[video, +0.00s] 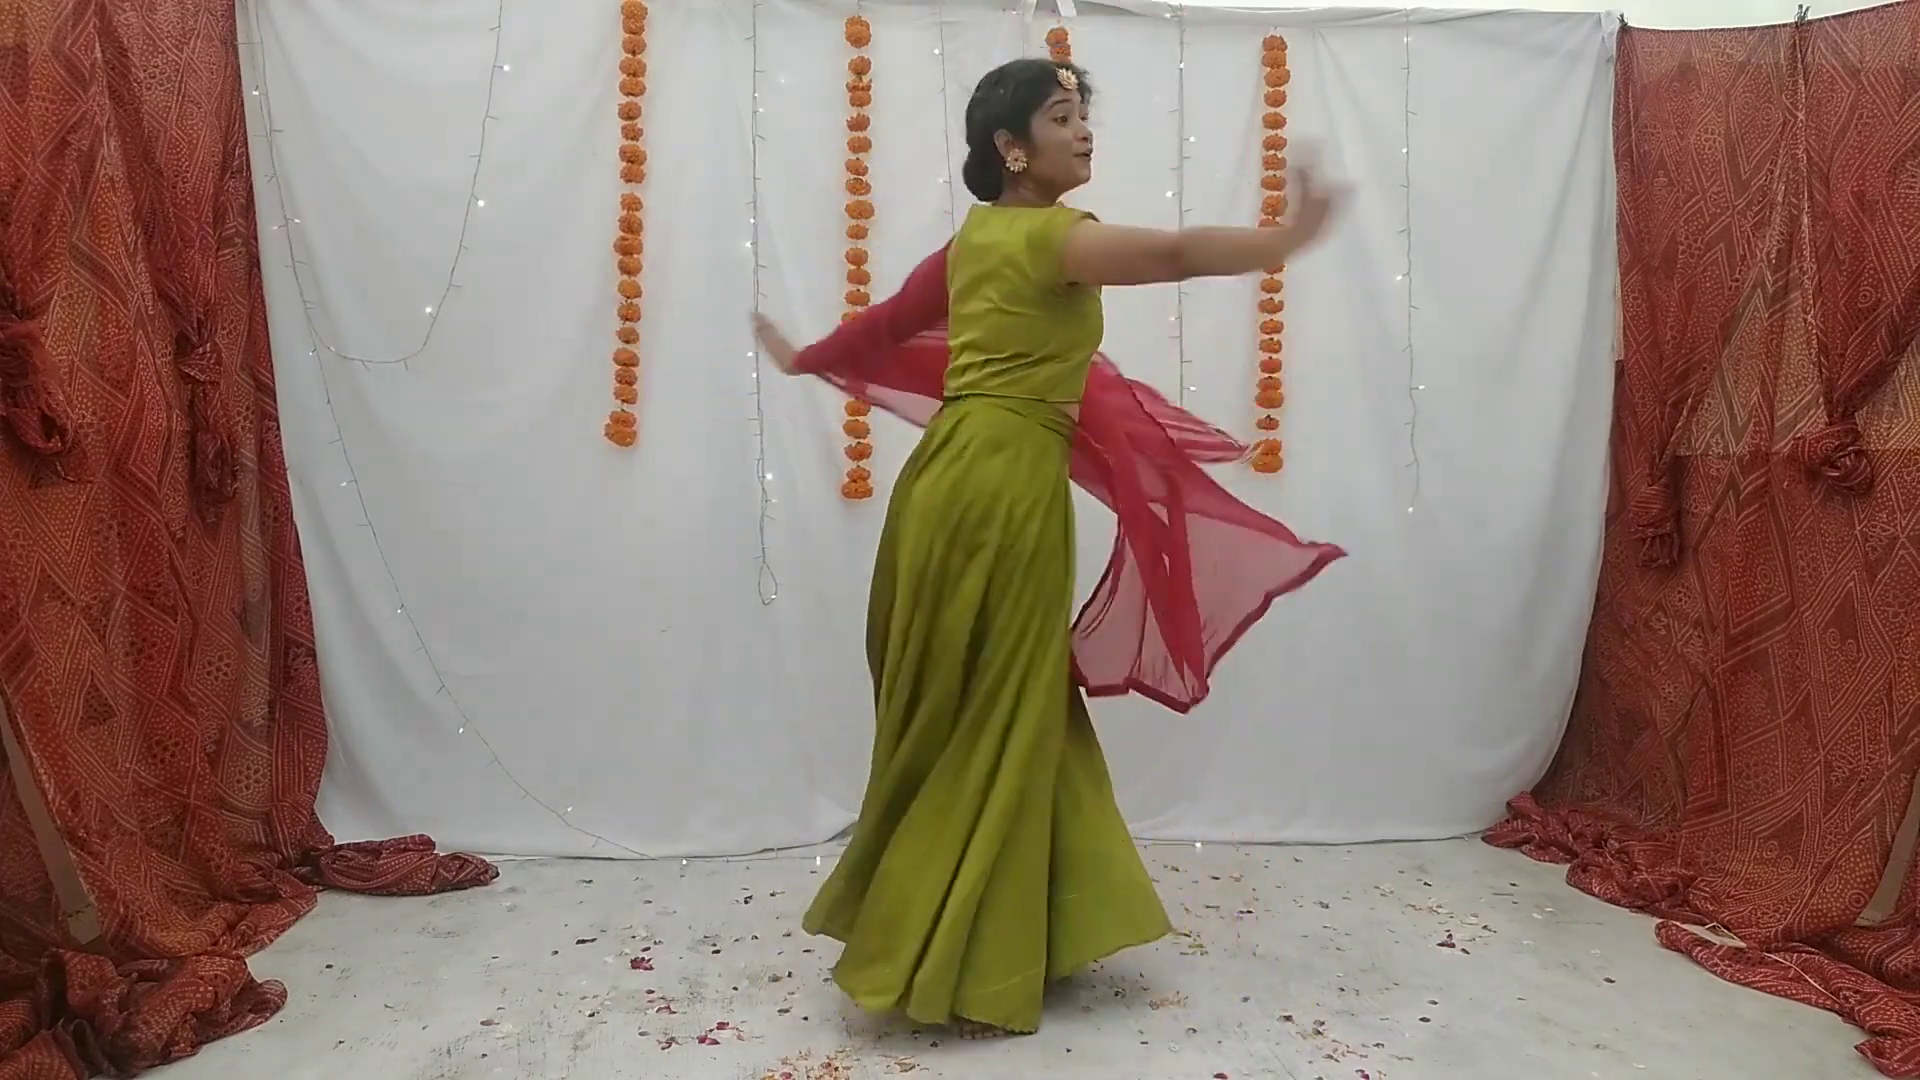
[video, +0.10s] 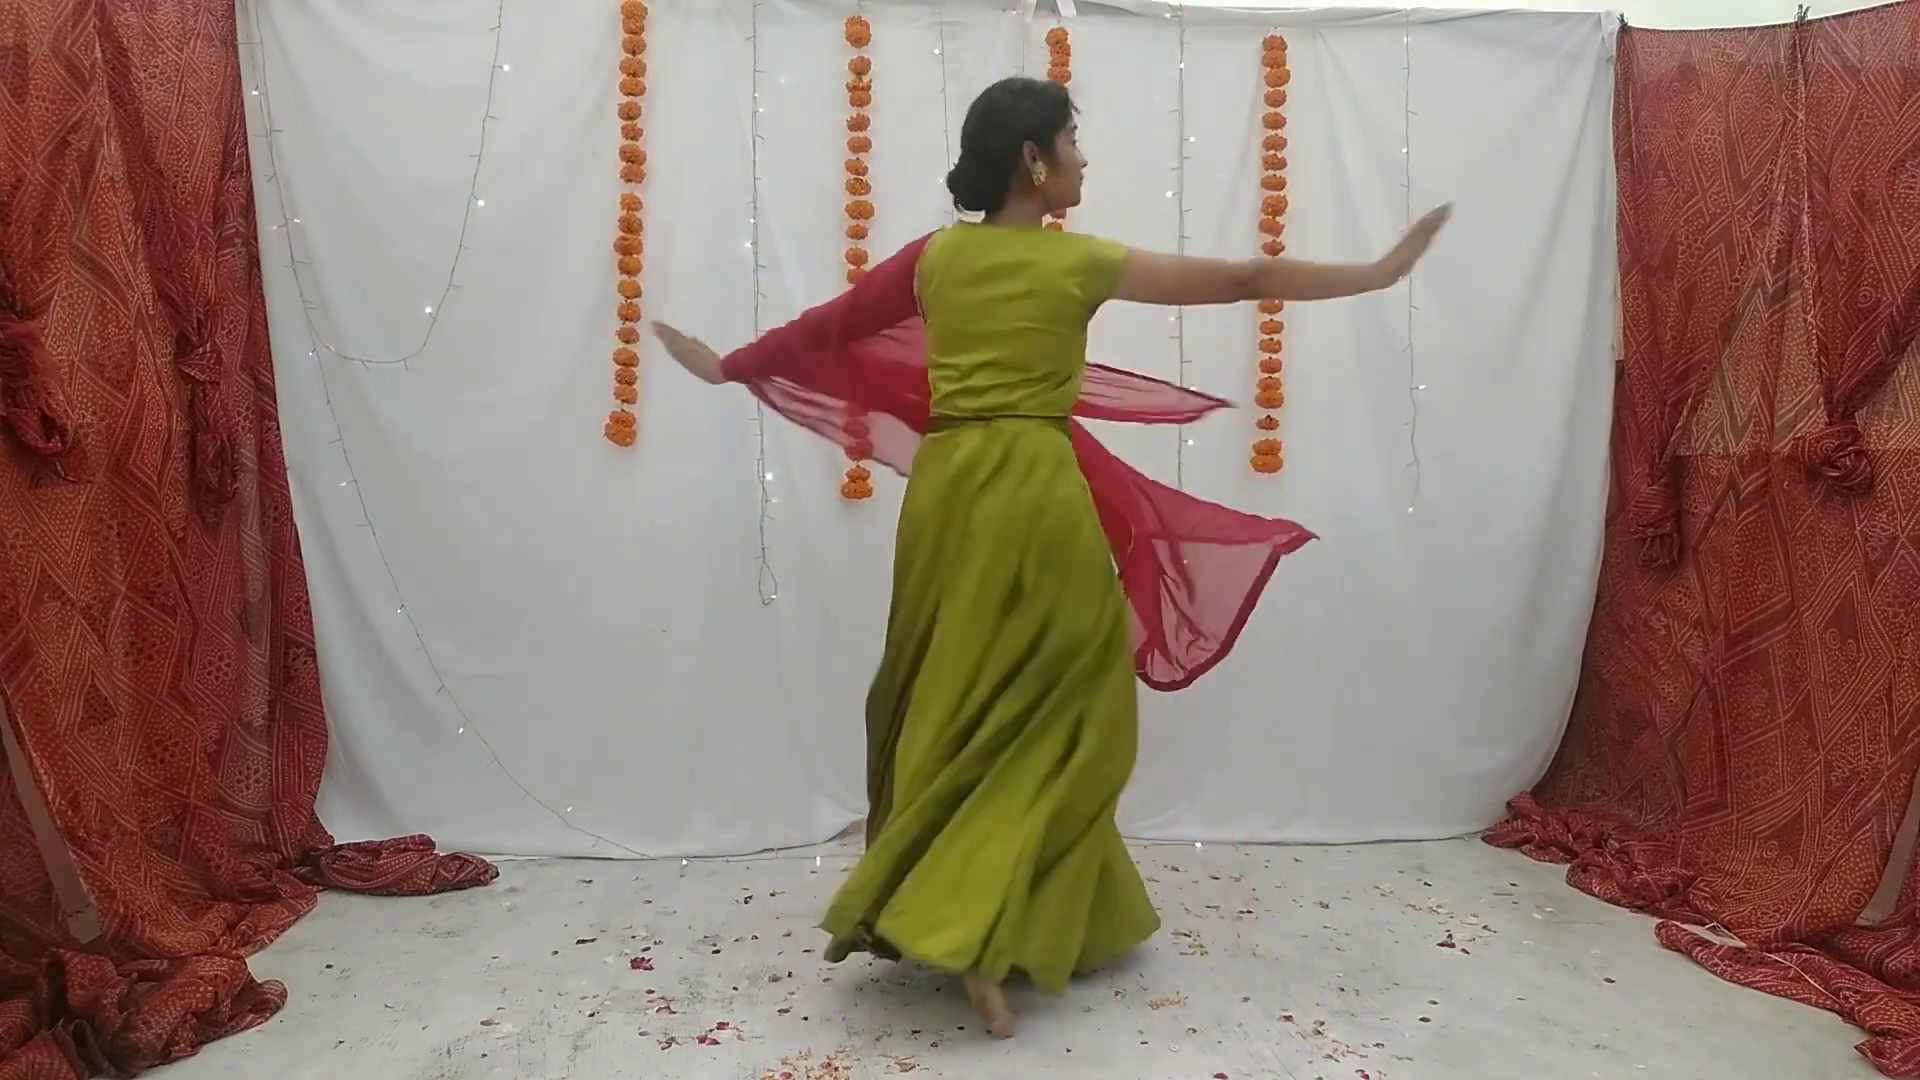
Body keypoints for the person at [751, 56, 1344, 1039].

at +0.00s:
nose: (1085, 132)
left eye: (1083, 116)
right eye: (1065, 120)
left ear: (1014, 156)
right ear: (1014, 148)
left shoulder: (971, 239)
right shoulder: (1052, 238)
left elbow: (887, 322)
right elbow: (1171, 254)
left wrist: (802, 358)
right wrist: (1289, 237)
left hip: (939, 480)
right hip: (1006, 488)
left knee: (947, 712)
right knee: (1005, 716)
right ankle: (963, 959)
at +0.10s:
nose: (1084, 162)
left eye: (1077, 144)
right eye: (1072, 145)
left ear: (1008, 161)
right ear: (1031, 162)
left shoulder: (935, 256)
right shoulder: (1077, 261)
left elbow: (834, 322)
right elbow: (1239, 277)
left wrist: (730, 364)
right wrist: (1374, 275)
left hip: (940, 494)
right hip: (1038, 494)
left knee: (960, 702)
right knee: (1079, 713)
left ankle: (1022, 914)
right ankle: (978, 920)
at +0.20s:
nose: (976, 196)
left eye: (978, 184)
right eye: (989, 183)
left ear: (985, 193)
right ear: (1065, 193)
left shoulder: (955, 282)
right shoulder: (1092, 296)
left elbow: (828, 310)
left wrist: (693, 326)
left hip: (970, 511)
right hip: (1064, 509)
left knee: (966, 705)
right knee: (1091, 705)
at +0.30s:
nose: (965, 199)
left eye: (977, 184)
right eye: (966, 183)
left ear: (1025, 194)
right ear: (1036, 196)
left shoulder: (1003, 273)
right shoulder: (1048, 275)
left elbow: (862, 293)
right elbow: (899, 320)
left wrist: (720, 248)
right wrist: (807, 282)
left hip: (1013, 494)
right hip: (1065, 488)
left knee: (992, 697)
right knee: (1065, 694)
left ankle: (1038, 896)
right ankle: (1079, 904)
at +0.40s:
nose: (965, 189)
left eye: (985, 175)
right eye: (962, 173)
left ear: (1033, 187)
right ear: (970, 179)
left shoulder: (1010, 266)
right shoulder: (1020, 268)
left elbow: (878, 270)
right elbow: (870, 311)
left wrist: (758, 201)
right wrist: (764, 240)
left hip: (1020, 492)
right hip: (1050, 482)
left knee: (994, 691)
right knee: (1064, 683)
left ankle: (1041, 894)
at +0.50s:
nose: (963, 173)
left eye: (985, 160)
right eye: (951, 157)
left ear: (1015, 183)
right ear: (937, 172)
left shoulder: (1023, 260)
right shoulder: (926, 270)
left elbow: (933, 238)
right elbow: (807, 303)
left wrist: (826, 171)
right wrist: (791, 195)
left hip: (1042, 482)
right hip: (964, 489)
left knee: (1021, 685)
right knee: (939, 696)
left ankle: (1041, 879)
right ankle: (963, 887)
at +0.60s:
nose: (958, 169)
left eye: (976, 159)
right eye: (943, 156)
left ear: (1002, 179)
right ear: (919, 173)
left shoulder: (1019, 259)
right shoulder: (893, 265)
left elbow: (1022, 262)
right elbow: (777, 289)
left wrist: (904, 213)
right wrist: (844, 212)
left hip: (1024, 479)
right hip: (929, 490)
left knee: (1016, 685)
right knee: (937, 697)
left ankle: (1003, 889)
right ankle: (942, 890)